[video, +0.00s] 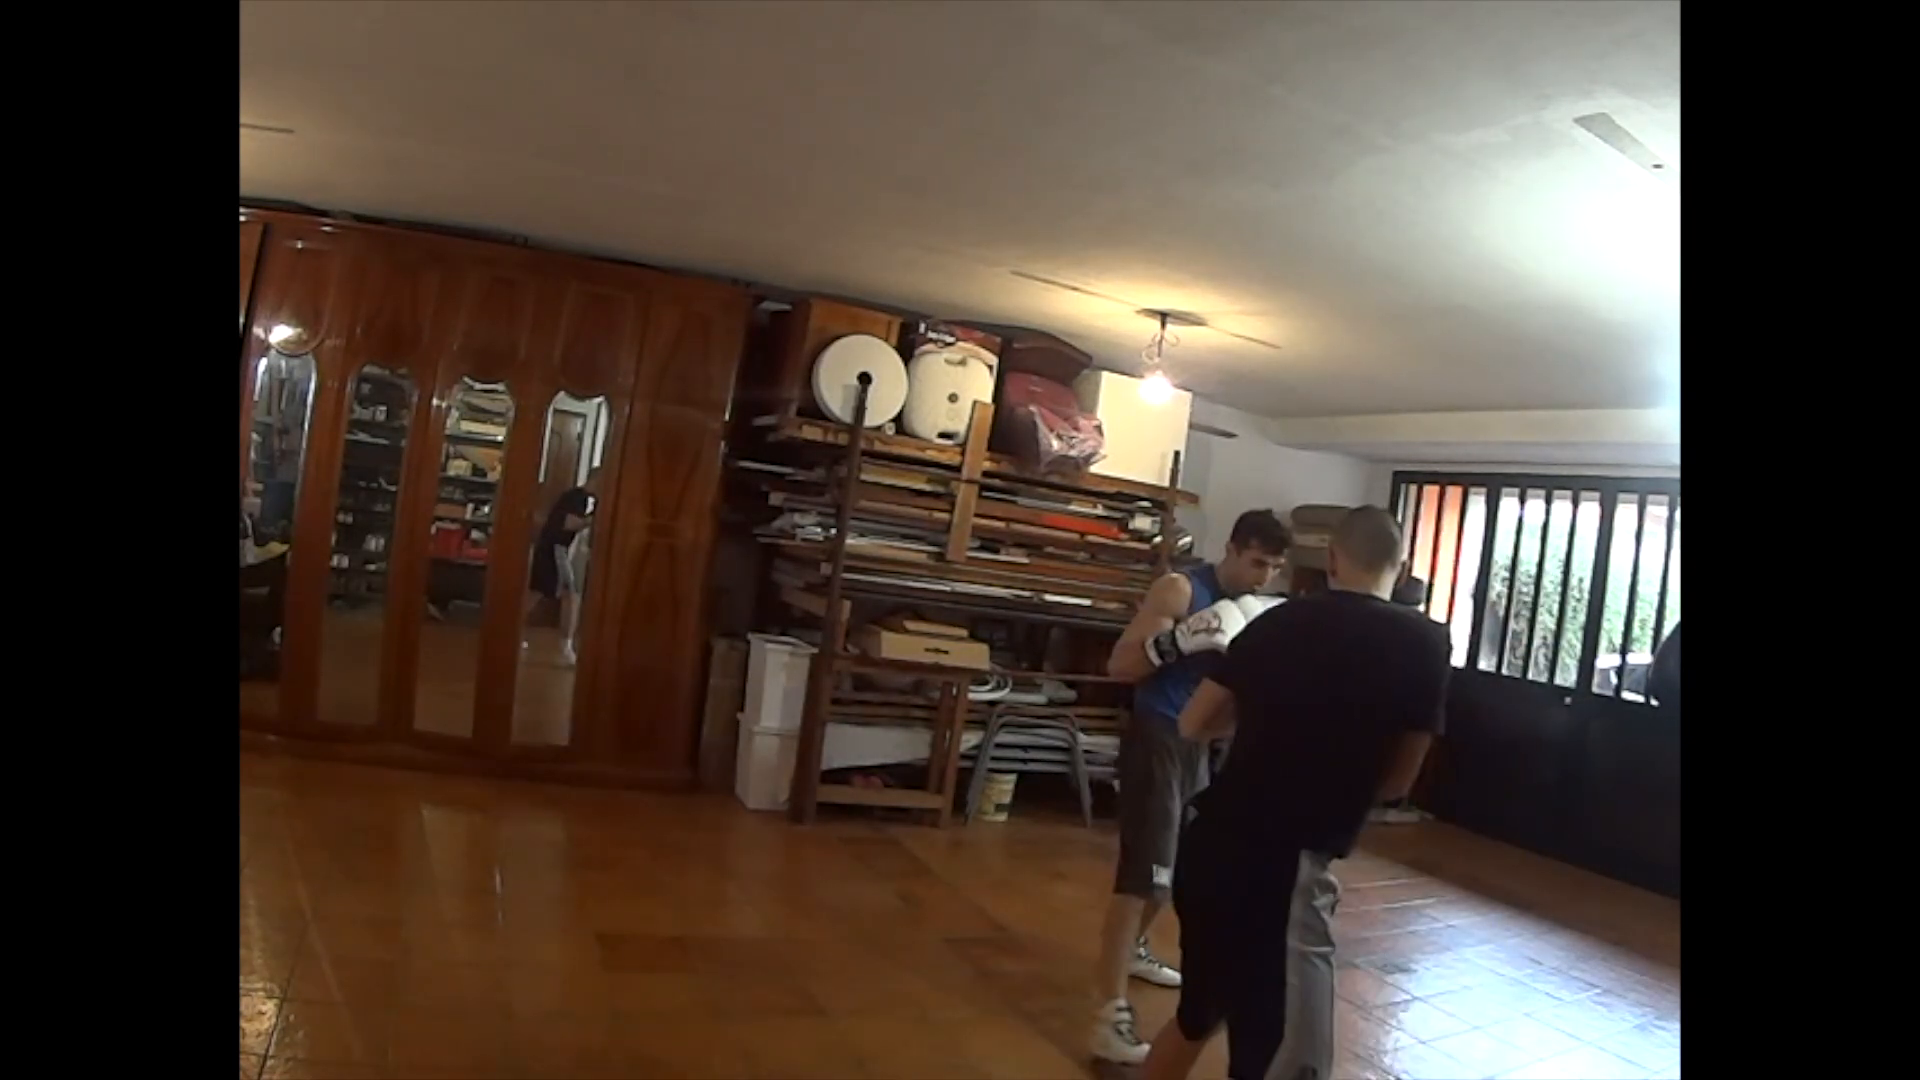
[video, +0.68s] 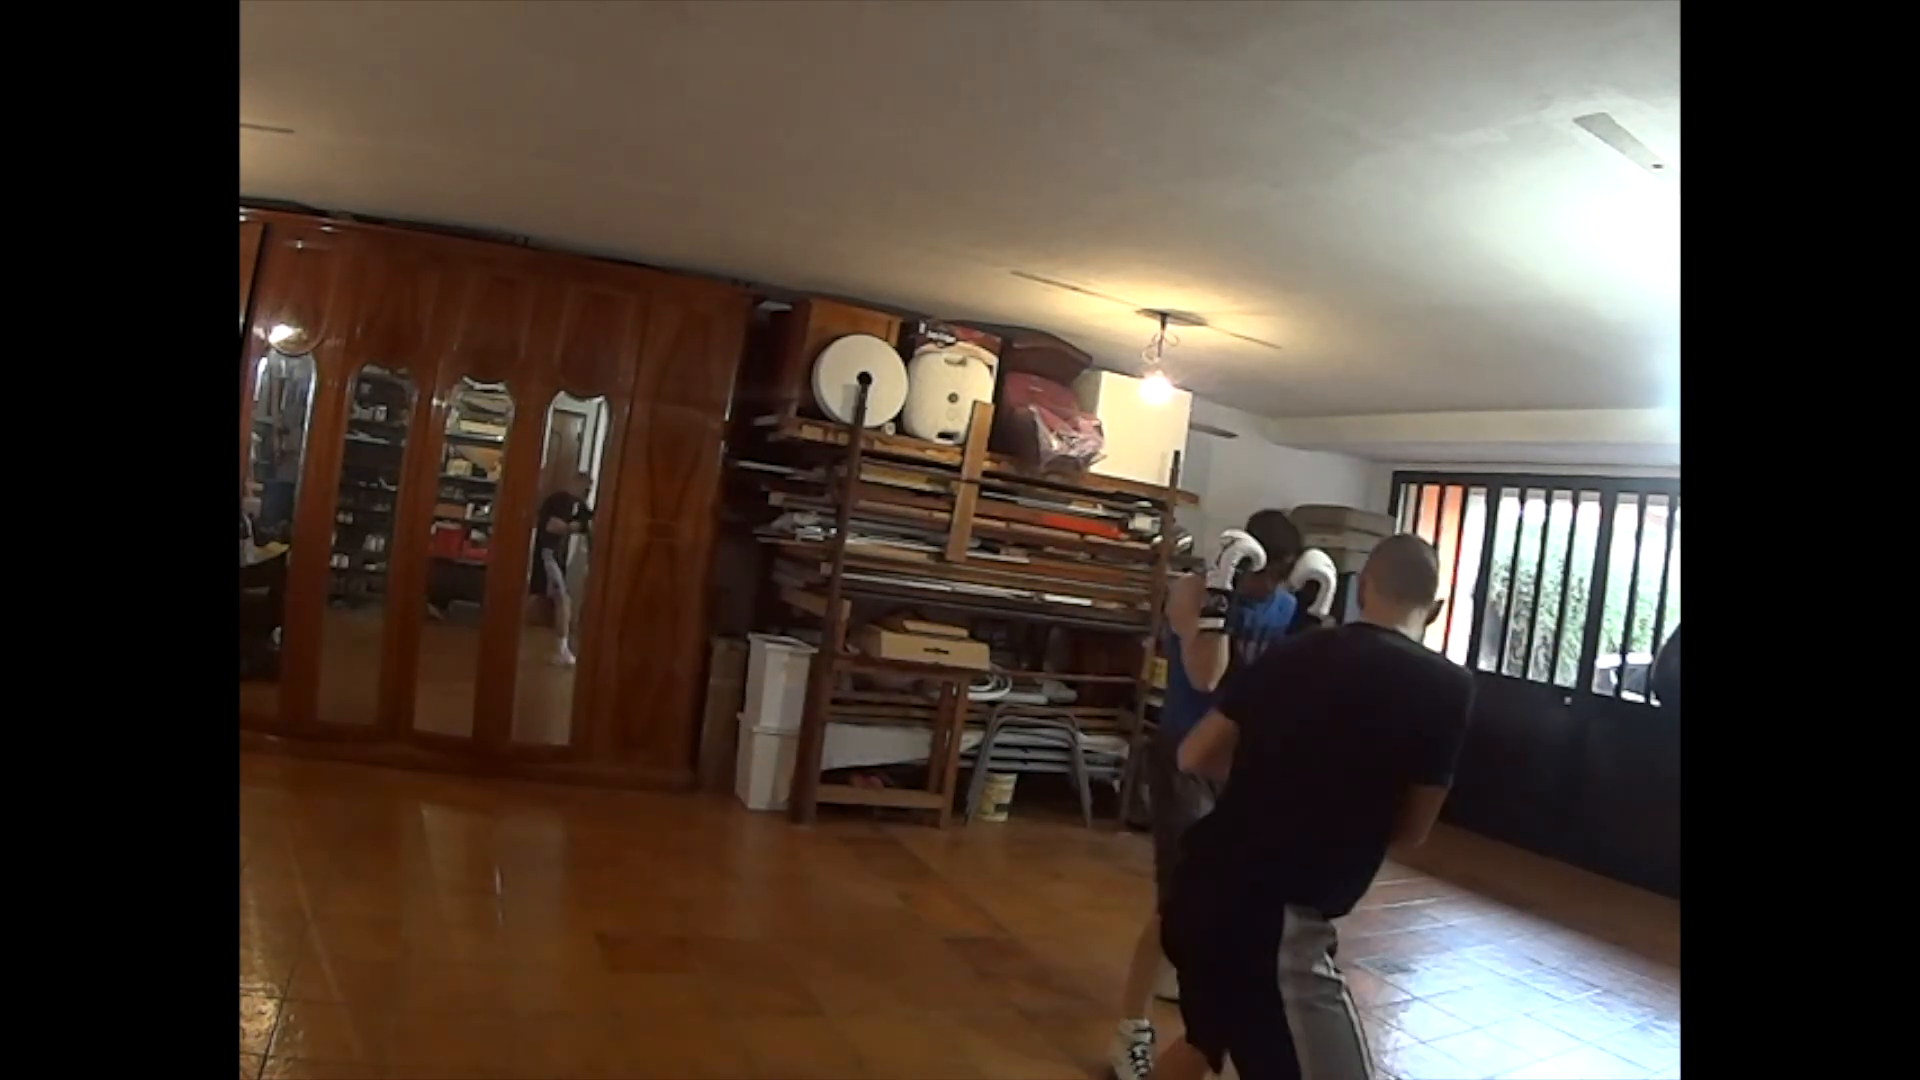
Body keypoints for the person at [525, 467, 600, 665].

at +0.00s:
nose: (602, 486)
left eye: (602, 481)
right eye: (601, 481)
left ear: (591, 479)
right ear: (594, 479)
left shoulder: (577, 497)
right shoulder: (578, 497)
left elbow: (571, 522)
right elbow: (569, 523)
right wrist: (590, 521)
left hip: (553, 544)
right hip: (555, 546)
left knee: (537, 590)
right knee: (571, 595)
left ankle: (515, 631)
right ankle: (566, 644)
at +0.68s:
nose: (588, 491)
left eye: (589, 488)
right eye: (586, 487)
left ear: (584, 488)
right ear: (575, 484)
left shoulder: (579, 505)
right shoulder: (559, 500)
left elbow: (590, 522)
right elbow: (552, 525)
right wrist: (576, 527)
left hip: (559, 551)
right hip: (546, 549)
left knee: (535, 593)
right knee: (562, 596)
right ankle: (562, 646)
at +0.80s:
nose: (579, 492)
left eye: (581, 488)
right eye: (576, 487)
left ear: (582, 490)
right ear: (566, 484)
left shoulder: (576, 508)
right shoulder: (550, 501)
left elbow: (585, 526)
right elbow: (541, 525)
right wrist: (566, 529)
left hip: (559, 551)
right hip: (541, 547)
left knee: (557, 593)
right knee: (555, 591)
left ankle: (561, 645)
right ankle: (560, 645)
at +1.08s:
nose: (576, 488)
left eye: (577, 485)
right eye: (573, 483)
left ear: (576, 487)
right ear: (561, 482)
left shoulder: (573, 504)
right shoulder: (549, 498)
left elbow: (581, 525)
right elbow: (540, 521)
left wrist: (577, 525)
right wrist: (565, 524)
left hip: (548, 549)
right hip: (537, 547)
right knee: (556, 593)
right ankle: (557, 646)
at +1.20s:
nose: (575, 487)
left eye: (577, 483)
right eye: (572, 482)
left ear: (575, 486)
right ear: (561, 480)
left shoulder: (572, 503)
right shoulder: (549, 497)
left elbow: (581, 525)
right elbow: (537, 518)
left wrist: (575, 522)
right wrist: (556, 524)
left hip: (550, 550)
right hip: (537, 547)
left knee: (525, 595)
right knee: (554, 595)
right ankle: (557, 647)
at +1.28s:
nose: (576, 485)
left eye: (577, 481)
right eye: (572, 480)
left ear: (573, 484)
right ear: (561, 479)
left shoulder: (571, 502)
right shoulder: (549, 497)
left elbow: (580, 525)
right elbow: (536, 517)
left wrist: (573, 522)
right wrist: (552, 524)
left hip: (553, 551)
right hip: (538, 547)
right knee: (554, 594)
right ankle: (557, 647)